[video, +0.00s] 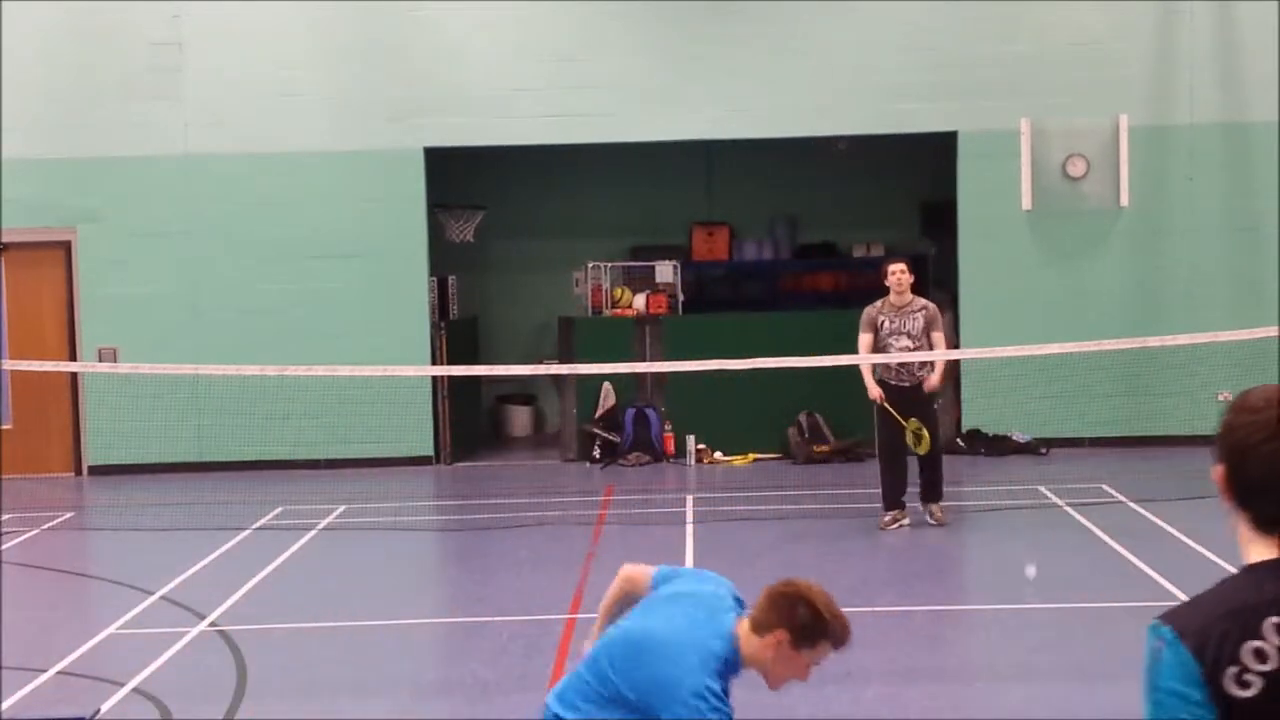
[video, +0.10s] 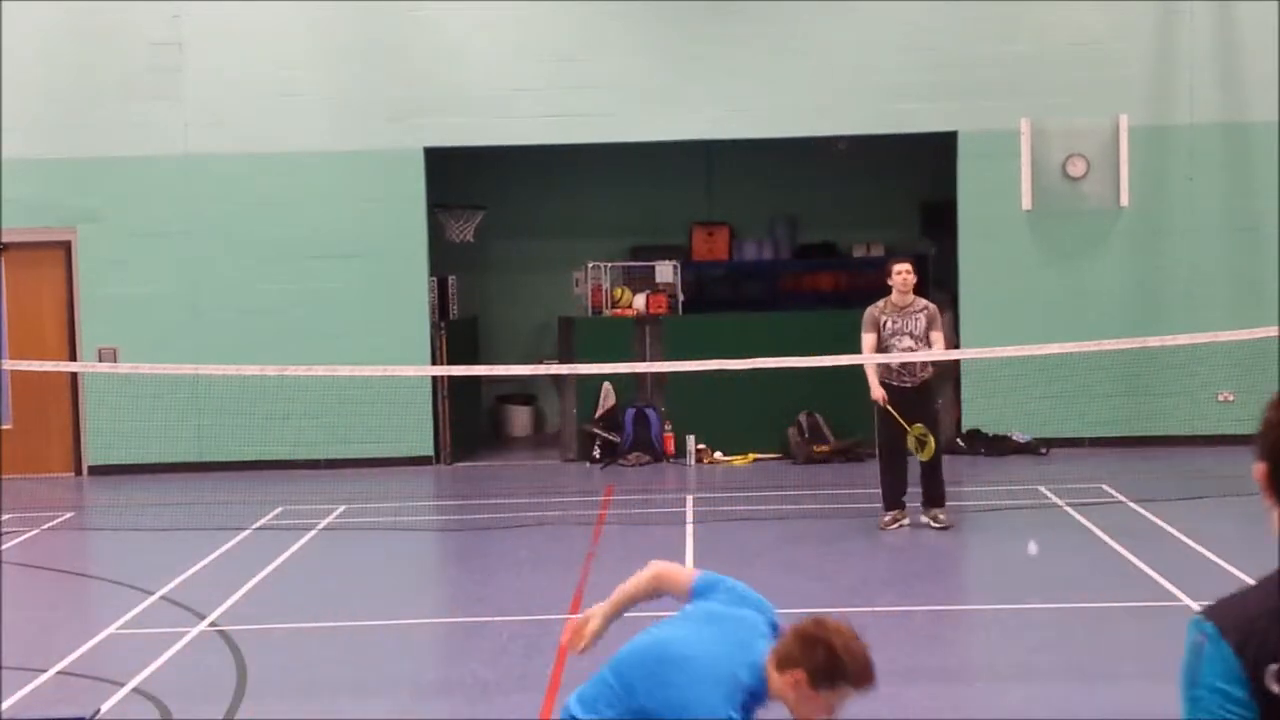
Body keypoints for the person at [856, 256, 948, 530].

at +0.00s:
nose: (898, 277)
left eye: (902, 273)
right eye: (893, 274)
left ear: (911, 278)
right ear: (886, 280)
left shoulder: (928, 309)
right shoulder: (873, 313)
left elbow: (939, 347)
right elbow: (864, 352)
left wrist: (937, 374)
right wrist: (870, 383)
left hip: (921, 387)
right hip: (888, 389)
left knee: (930, 447)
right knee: (889, 449)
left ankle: (932, 502)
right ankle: (894, 508)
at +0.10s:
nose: (905, 277)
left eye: (908, 273)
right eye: (899, 273)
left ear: (915, 278)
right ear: (890, 279)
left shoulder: (929, 309)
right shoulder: (875, 312)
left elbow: (939, 346)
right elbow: (868, 353)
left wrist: (932, 358)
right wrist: (874, 385)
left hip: (923, 387)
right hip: (890, 389)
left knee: (929, 446)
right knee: (890, 449)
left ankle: (934, 507)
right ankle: (894, 509)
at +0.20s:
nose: (911, 278)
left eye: (915, 273)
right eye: (905, 273)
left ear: (921, 278)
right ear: (894, 279)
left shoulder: (932, 310)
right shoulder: (878, 312)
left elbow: (941, 350)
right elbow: (874, 353)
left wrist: (927, 338)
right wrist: (880, 386)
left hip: (924, 389)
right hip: (892, 390)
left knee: (932, 447)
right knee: (892, 451)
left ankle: (941, 509)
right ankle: (894, 510)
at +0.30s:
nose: (918, 279)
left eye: (921, 274)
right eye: (912, 275)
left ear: (926, 279)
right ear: (901, 280)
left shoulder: (938, 312)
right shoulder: (883, 313)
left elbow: (945, 348)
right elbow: (880, 354)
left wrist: (931, 336)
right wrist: (884, 388)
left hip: (928, 390)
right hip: (896, 390)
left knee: (934, 449)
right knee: (895, 452)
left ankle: (947, 511)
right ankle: (895, 510)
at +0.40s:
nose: (925, 281)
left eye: (929, 276)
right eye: (920, 276)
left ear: (934, 281)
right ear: (909, 281)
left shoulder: (945, 313)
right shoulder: (891, 314)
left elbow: (952, 345)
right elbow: (885, 354)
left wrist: (939, 343)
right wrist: (889, 389)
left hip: (934, 391)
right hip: (902, 391)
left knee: (939, 451)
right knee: (898, 452)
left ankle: (947, 514)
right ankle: (896, 510)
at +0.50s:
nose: (933, 280)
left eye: (937, 275)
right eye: (927, 275)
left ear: (944, 280)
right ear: (917, 280)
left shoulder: (954, 312)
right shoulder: (900, 312)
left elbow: (960, 344)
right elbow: (892, 354)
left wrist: (945, 341)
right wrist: (893, 390)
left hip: (944, 391)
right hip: (910, 390)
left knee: (945, 451)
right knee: (904, 451)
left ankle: (947, 515)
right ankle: (895, 508)